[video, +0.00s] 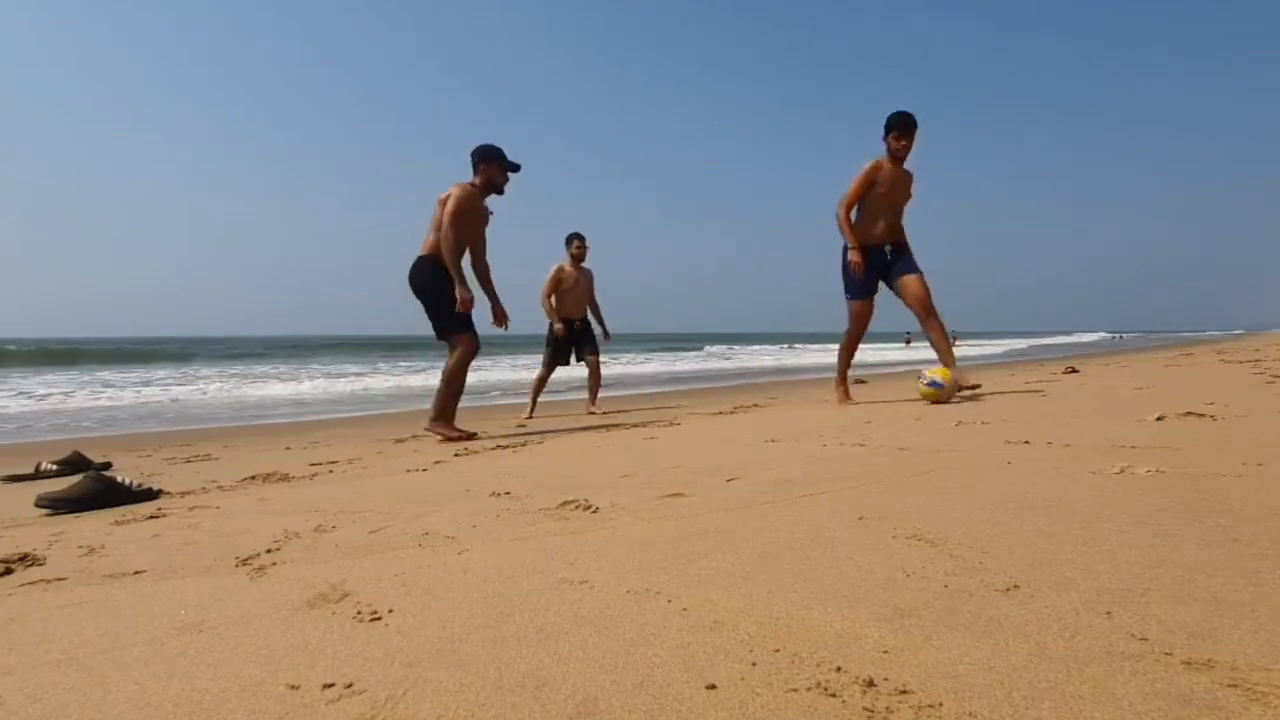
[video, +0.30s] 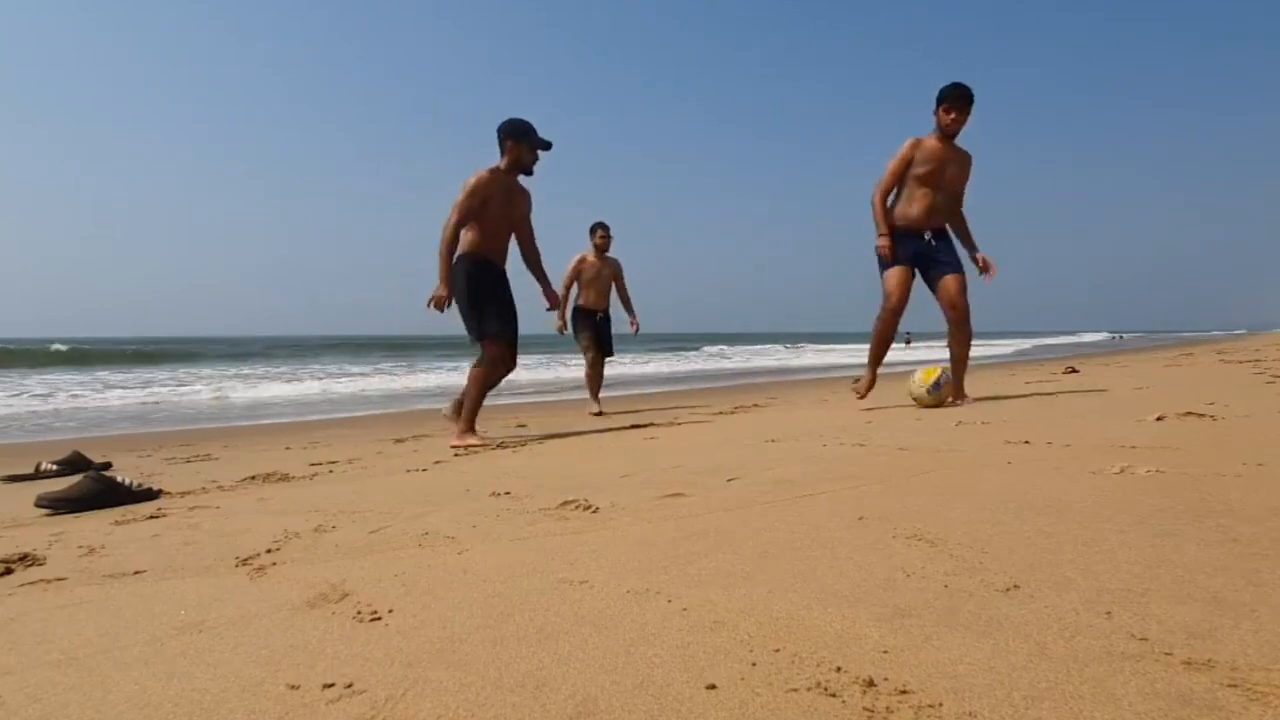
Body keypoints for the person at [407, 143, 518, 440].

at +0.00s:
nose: (507, 177)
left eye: (507, 171)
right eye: (503, 170)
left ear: (486, 171)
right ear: (483, 169)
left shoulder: (481, 212)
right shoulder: (463, 193)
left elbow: (479, 260)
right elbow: (446, 235)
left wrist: (495, 302)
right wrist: (460, 283)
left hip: (444, 275)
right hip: (431, 271)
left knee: (465, 346)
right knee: (466, 344)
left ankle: (446, 420)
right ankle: (439, 419)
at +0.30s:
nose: (537, 156)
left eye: (538, 149)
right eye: (532, 148)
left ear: (517, 148)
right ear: (511, 145)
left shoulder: (521, 196)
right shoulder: (484, 182)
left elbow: (528, 246)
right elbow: (452, 227)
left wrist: (545, 286)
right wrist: (444, 282)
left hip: (496, 273)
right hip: (471, 270)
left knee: (507, 360)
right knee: (492, 351)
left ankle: (458, 408)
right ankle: (465, 430)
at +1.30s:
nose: (739, 154)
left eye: (741, 148)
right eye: (737, 146)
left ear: (720, 141)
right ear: (718, 138)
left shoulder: (715, 182)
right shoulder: (689, 173)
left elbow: (739, 223)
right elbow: (675, 223)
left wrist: (774, 254)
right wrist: (704, 266)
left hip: (709, 260)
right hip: (696, 263)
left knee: (763, 328)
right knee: (785, 293)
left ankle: (736, 408)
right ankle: (793, 384)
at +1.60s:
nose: (758, 164)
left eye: (758, 158)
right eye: (759, 158)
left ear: (730, 154)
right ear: (754, 157)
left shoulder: (702, 181)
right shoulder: (748, 185)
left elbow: (687, 224)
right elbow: (762, 237)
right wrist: (793, 283)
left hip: (677, 266)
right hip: (712, 264)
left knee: (692, 334)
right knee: (763, 333)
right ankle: (786, 404)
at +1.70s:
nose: (732, 166)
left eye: (731, 161)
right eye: (732, 161)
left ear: (703, 158)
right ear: (728, 160)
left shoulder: (675, 188)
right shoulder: (731, 187)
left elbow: (658, 240)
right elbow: (745, 235)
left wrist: (671, 269)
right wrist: (768, 286)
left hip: (666, 272)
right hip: (707, 268)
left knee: (655, 340)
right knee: (753, 336)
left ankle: (618, 405)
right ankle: (787, 404)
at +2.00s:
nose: (650, 154)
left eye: (649, 149)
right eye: (649, 149)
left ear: (621, 147)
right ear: (642, 147)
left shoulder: (596, 176)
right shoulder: (653, 175)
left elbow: (575, 225)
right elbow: (666, 224)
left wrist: (572, 272)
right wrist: (667, 269)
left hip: (600, 251)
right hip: (636, 250)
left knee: (603, 333)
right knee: (650, 331)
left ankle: (592, 406)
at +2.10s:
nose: (628, 163)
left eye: (627, 158)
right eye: (626, 158)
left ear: (598, 160)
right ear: (618, 157)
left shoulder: (578, 188)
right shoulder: (632, 185)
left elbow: (555, 230)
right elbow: (649, 230)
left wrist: (554, 275)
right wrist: (649, 274)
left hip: (587, 258)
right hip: (620, 258)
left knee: (582, 339)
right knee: (621, 340)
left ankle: (565, 408)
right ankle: (579, 401)